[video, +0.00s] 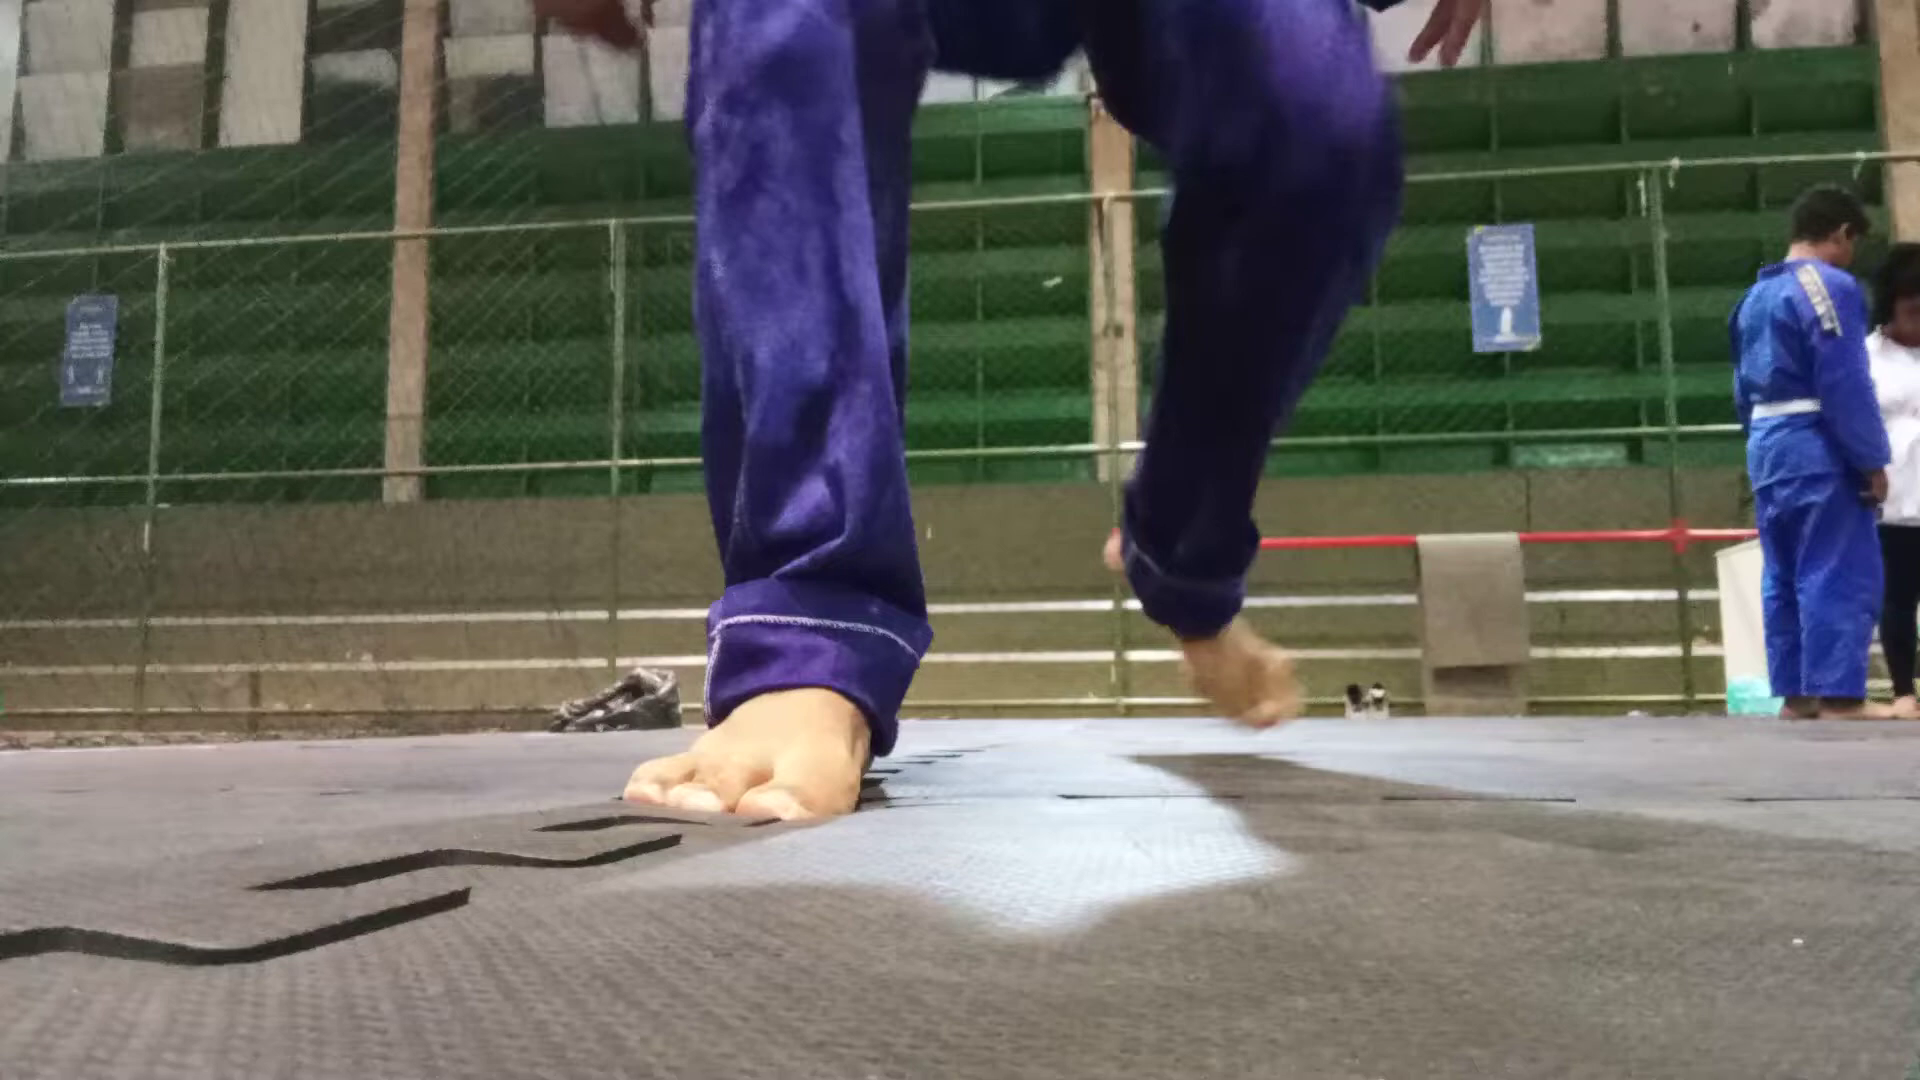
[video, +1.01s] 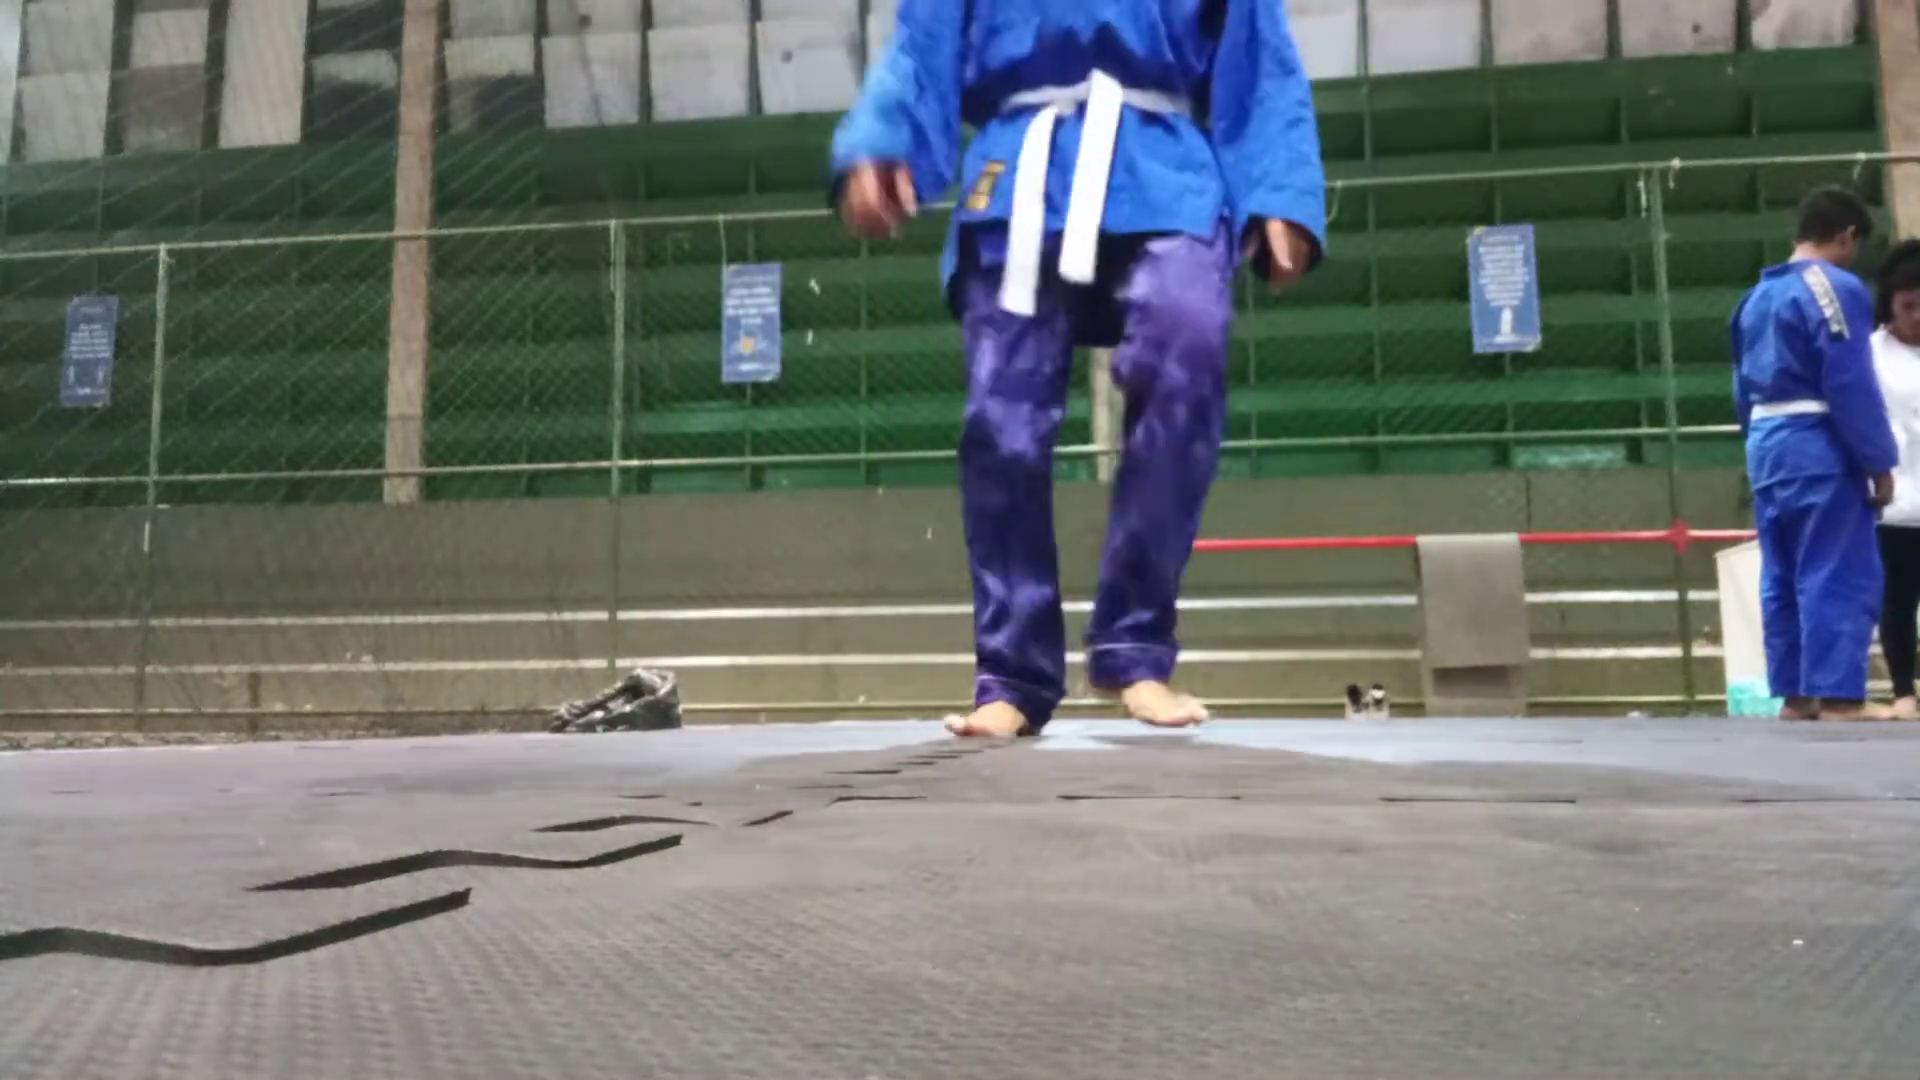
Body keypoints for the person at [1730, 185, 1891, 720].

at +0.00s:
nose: (1853, 255)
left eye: (1855, 245)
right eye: (1854, 243)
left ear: (1797, 232)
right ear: (1839, 234)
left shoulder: (1755, 295)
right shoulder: (1827, 287)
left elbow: (1746, 391)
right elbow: (1845, 386)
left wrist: (1767, 442)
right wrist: (1874, 461)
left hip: (1766, 442)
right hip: (1814, 439)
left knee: (1785, 573)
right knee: (1842, 566)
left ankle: (1794, 696)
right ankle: (1839, 697)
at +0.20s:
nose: (1852, 254)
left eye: (1855, 245)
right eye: (1853, 243)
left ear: (1796, 233)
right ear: (1839, 234)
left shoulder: (1755, 296)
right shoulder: (1828, 288)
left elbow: (1746, 391)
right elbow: (1845, 386)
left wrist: (1767, 442)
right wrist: (1875, 460)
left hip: (1766, 442)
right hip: (1814, 439)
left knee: (1785, 572)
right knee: (1841, 566)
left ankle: (1795, 695)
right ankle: (1839, 696)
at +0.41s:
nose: (1852, 254)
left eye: (1854, 245)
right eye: (1853, 244)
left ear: (1796, 233)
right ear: (1840, 234)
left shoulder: (1755, 297)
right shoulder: (1828, 288)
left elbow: (1747, 391)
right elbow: (1846, 386)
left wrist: (1767, 440)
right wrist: (1875, 460)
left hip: (1766, 441)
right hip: (1815, 438)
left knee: (1785, 572)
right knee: (1840, 567)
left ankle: (1795, 696)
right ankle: (1839, 697)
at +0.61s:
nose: (1852, 253)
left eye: (1855, 244)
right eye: (1853, 243)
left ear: (1797, 233)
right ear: (1841, 235)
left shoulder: (1755, 296)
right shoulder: (1829, 287)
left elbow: (1746, 390)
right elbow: (1847, 385)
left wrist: (1766, 440)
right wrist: (1876, 460)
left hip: (1766, 440)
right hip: (1814, 437)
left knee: (1785, 572)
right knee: (1841, 567)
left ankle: (1795, 696)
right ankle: (1838, 697)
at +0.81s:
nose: (1853, 253)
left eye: (1855, 245)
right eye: (1854, 243)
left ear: (1798, 233)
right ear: (1842, 235)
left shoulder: (1756, 296)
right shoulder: (1831, 288)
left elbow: (1745, 389)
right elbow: (1848, 386)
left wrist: (1765, 442)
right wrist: (1878, 462)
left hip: (1765, 439)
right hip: (1814, 437)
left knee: (1785, 573)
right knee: (1841, 567)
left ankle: (1794, 696)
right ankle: (1837, 697)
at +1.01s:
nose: (1855, 252)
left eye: (1857, 244)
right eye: (1856, 243)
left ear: (1801, 233)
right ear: (1845, 236)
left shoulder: (1757, 296)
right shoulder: (1833, 289)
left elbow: (1745, 390)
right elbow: (1850, 387)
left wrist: (1764, 443)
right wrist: (1881, 464)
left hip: (1764, 440)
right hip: (1815, 438)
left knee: (1784, 572)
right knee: (1840, 567)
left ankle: (1794, 696)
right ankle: (1838, 697)